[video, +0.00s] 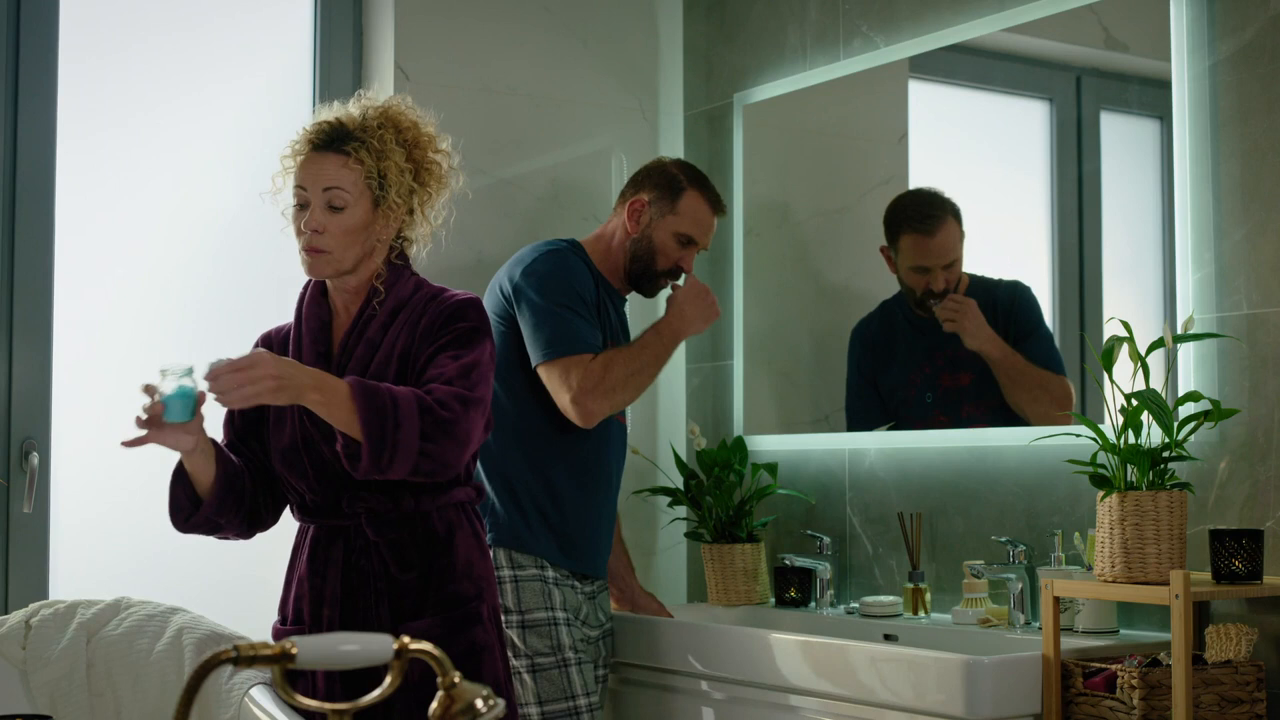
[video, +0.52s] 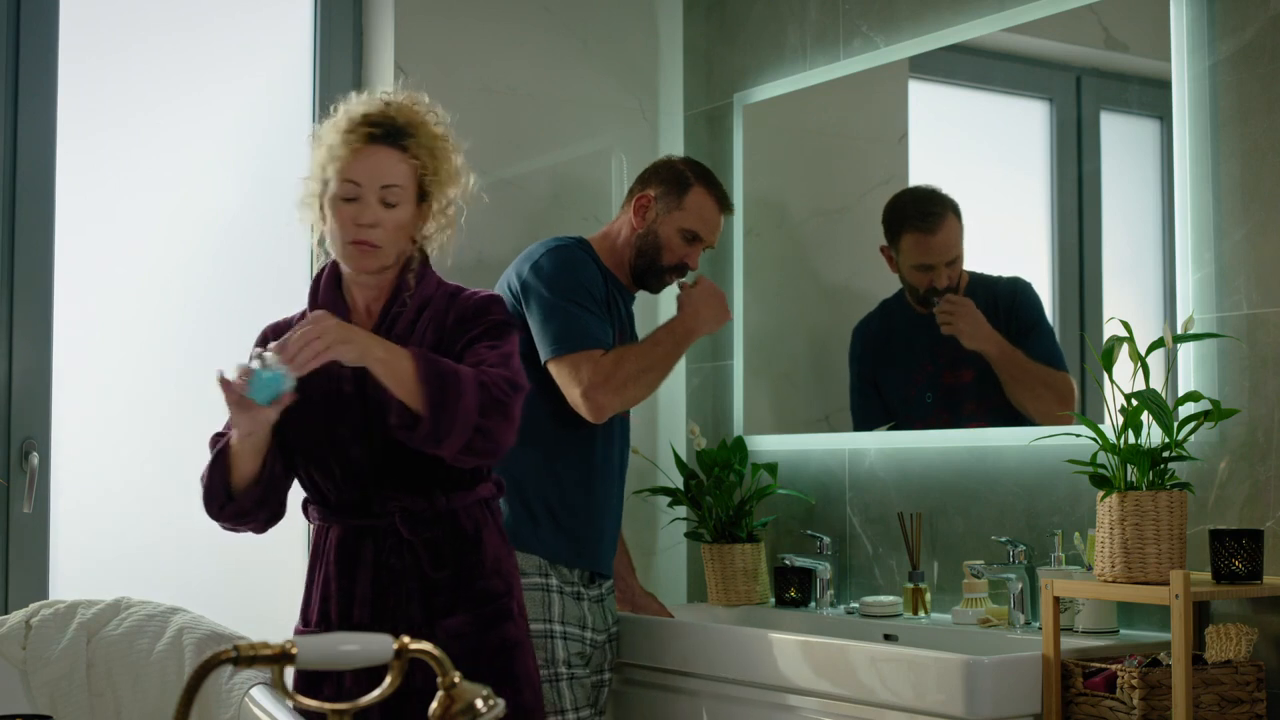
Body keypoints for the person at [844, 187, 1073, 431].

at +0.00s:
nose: (938, 285)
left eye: (950, 266)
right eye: (921, 271)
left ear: (962, 245)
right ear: (890, 261)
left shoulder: (1012, 303)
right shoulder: (871, 337)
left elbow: (1059, 415)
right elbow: (866, 447)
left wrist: (989, 343)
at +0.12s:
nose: (939, 280)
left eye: (951, 262)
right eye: (922, 266)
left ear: (963, 245)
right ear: (891, 258)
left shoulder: (1012, 303)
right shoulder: (872, 337)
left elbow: (1061, 414)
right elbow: (868, 447)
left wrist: (994, 348)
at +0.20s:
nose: (941, 278)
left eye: (953, 259)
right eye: (923, 264)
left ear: (964, 244)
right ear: (892, 256)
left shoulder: (1013, 302)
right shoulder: (872, 336)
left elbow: (1061, 412)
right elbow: (868, 448)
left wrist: (991, 340)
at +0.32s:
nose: (942, 277)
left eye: (953, 259)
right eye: (924, 264)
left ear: (964, 244)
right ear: (892, 257)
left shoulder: (1012, 301)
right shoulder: (871, 335)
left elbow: (1063, 412)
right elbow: (868, 446)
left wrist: (995, 340)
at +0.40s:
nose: (941, 278)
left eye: (952, 260)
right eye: (923, 264)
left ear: (963, 244)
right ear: (890, 257)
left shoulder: (1012, 301)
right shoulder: (872, 335)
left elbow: (1064, 412)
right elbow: (870, 446)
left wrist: (994, 344)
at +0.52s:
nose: (942, 281)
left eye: (953, 263)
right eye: (924, 269)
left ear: (962, 244)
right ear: (891, 260)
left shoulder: (1013, 300)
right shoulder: (872, 336)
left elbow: (1061, 413)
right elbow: (872, 447)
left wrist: (990, 342)